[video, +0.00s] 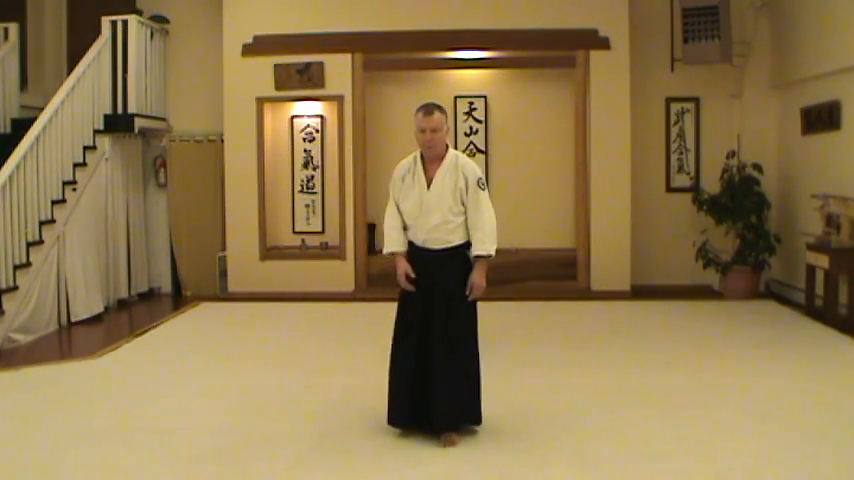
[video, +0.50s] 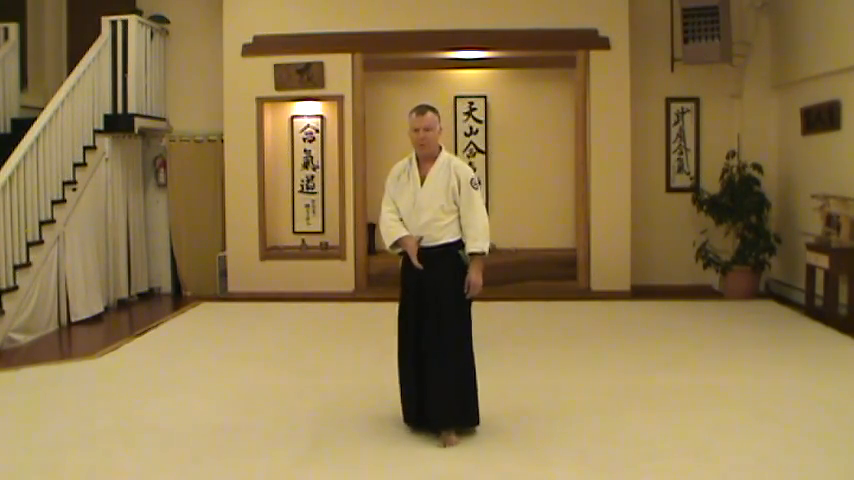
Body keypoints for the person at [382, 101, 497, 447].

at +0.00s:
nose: (429, 137)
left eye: (435, 131)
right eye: (423, 131)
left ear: (447, 130)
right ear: (415, 133)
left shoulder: (466, 168)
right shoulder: (404, 169)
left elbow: (482, 217)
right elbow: (393, 215)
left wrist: (480, 266)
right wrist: (399, 257)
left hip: (454, 262)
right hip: (417, 262)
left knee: (452, 340)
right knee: (413, 338)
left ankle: (450, 422)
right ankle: (413, 417)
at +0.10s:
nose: (429, 137)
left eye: (435, 130)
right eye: (423, 131)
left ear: (447, 131)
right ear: (415, 133)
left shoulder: (466, 168)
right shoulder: (405, 170)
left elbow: (483, 216)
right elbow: (394, 215)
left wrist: (480, 265)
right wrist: (404, 252)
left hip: (455, 261)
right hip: (419, 260)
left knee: (452, 339)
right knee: (416, 338)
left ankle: (451, 422)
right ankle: (416, 416)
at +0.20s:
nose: (429, 136)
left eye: (435, 129)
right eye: (423, 130)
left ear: (448, 130)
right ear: (416, 132)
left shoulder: (466, 168)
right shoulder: (405, 169)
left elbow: (482, 216)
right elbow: (393, 214)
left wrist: (479, 265)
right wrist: (407, 246)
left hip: (455, 261)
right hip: (419, 260)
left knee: (452, 338)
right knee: (418, 337)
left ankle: (451, 421)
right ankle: (418, 415)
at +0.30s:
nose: (427, 135)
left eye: (433, 129)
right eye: (422, 130)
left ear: (446, 130)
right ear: (414, 132)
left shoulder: (464, 168)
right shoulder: (404, 169)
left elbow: (480, 216)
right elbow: (391, 213)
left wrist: (479, 264)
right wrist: (408, 238)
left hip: (454, 260)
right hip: (418, 260)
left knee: (451, 338)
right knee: (418, 336)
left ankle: (450, 421)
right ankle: (421, 414)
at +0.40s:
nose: (425, 135)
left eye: (431, 129)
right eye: (419, 130)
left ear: (443, 130)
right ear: (412, 132)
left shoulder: (461, 169)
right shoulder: (401, 171)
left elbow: (478, 215)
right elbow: (388, 215)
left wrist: (478, 264)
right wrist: (406, 238)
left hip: (451, 260)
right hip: (416, 261)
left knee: (449, 337)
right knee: (419, 336)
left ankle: (449, 421)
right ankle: (424, 414)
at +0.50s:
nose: (421, 136)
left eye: (428, 129)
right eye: (416, 130)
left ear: (441, 131)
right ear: (409, 134)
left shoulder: (459, 170)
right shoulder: (400, 171)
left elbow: (475, 216)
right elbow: (387, 214)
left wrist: (476, 264)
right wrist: (403, 238)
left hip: (449, 261)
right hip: (414, 261)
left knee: (448, 338)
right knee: (417, 337)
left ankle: (449, 421)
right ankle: (422, 414)